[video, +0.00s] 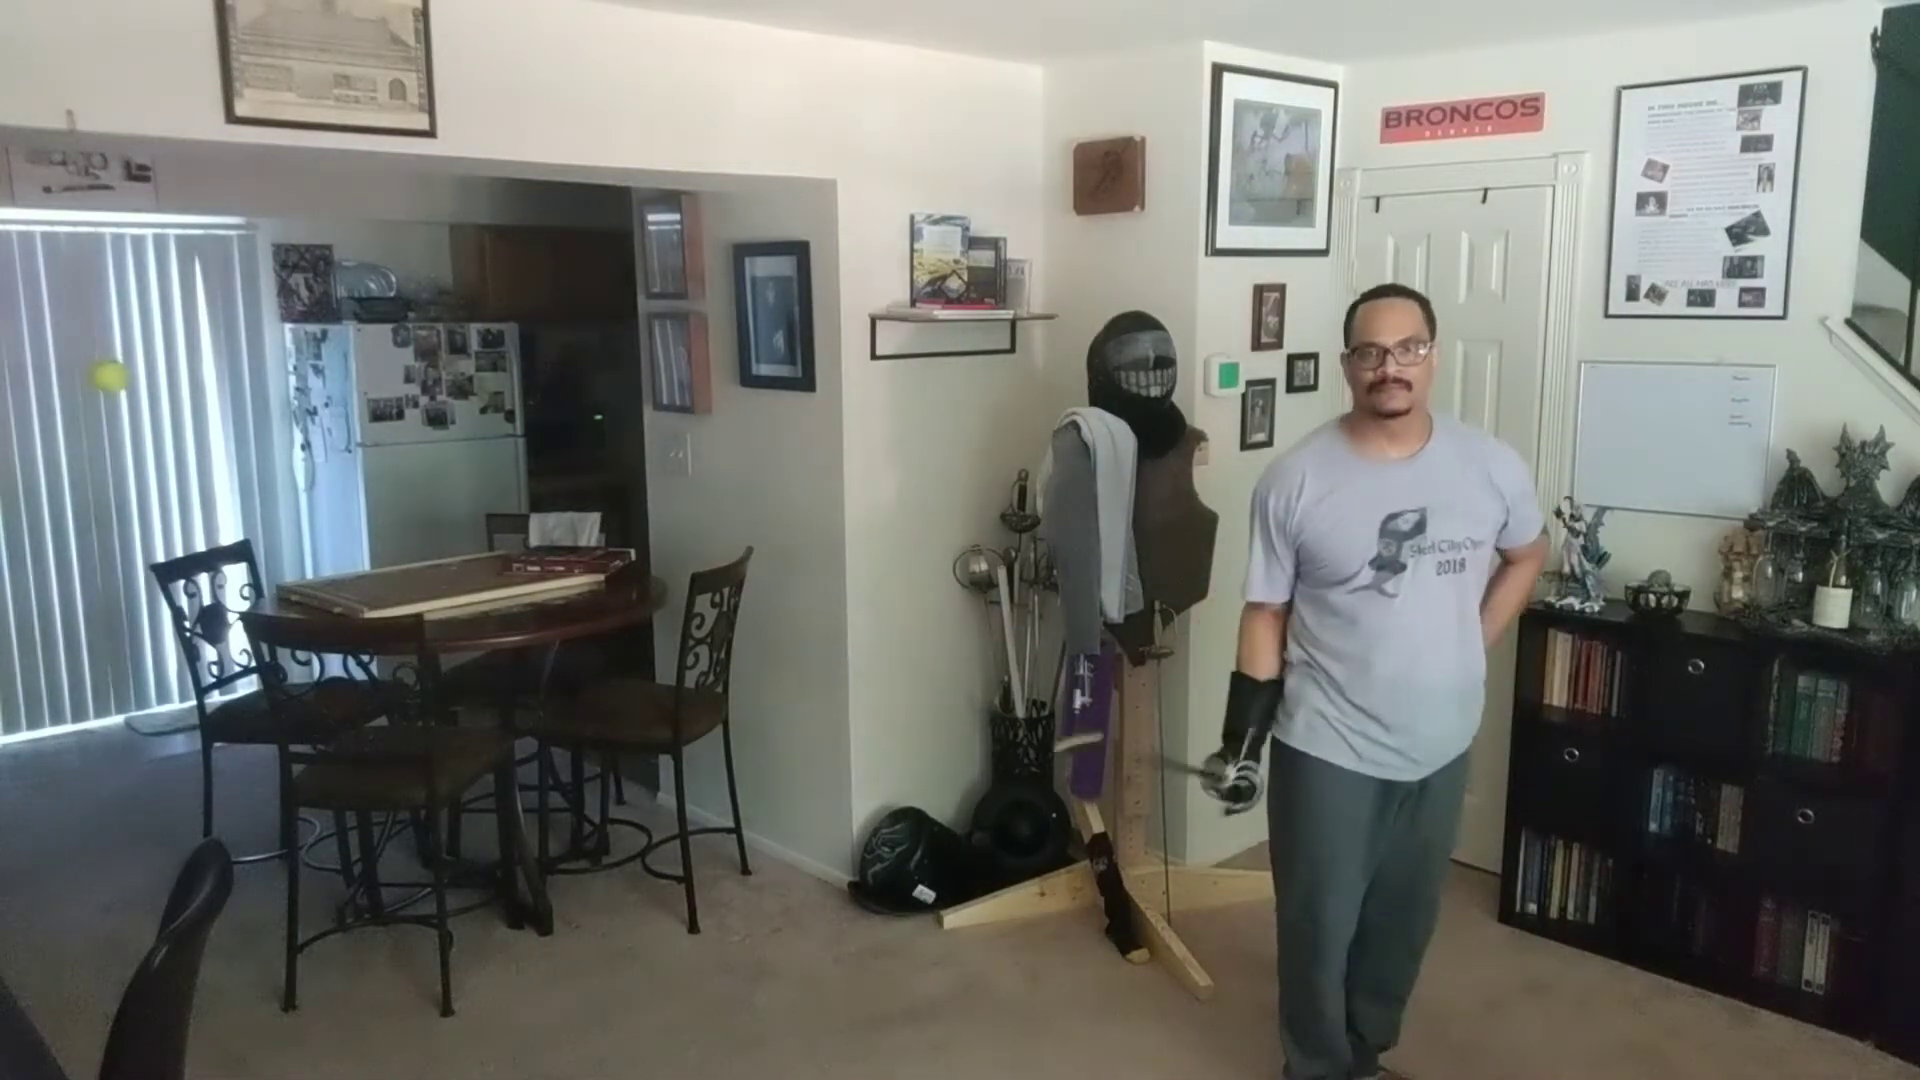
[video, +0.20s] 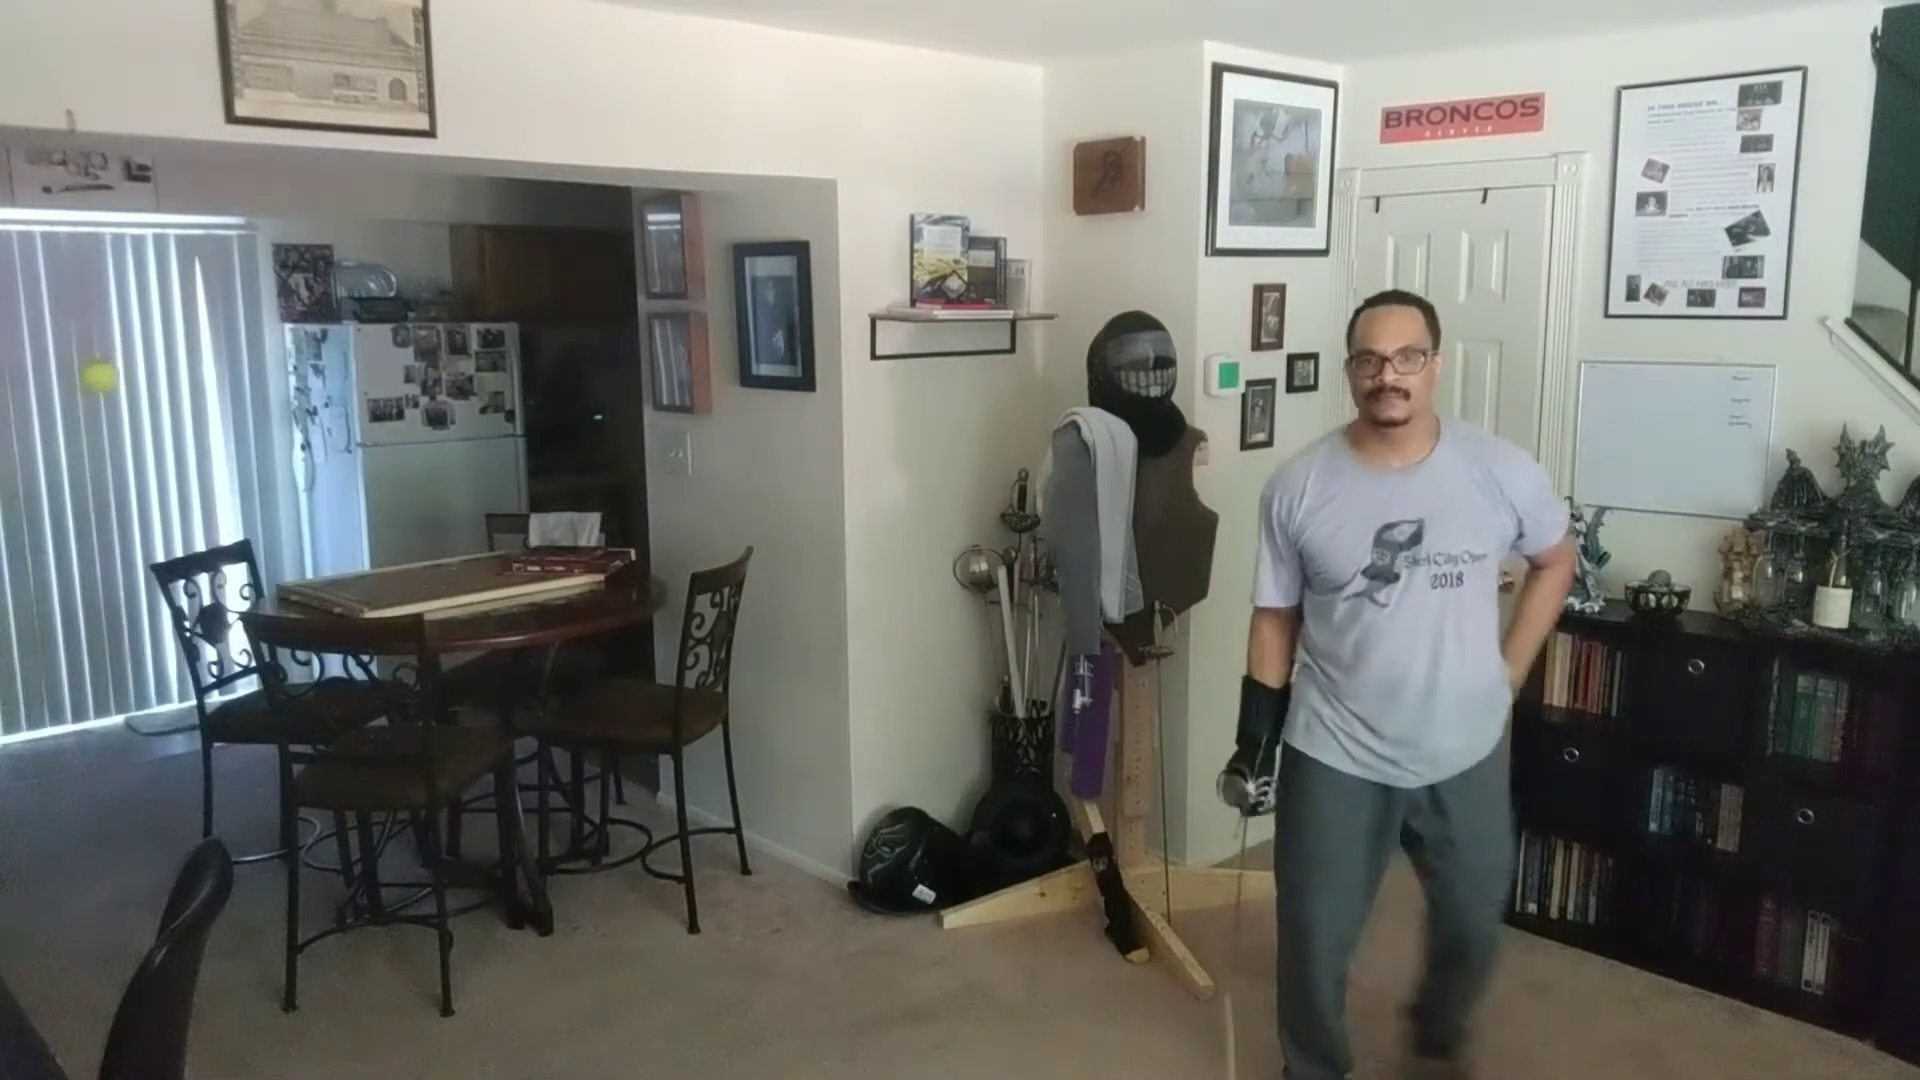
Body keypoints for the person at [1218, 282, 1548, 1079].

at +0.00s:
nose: (1390, 366)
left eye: (1408, 349)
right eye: (1371, 351)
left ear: (1433, 360)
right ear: (1347, 367)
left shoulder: (1487, 463)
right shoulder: (1294, 479)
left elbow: (1527, 553)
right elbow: (1264, 612)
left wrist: (1475, 641)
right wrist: (1245, 738)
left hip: (1441, 742)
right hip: (1327, 740)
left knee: (1405, 915)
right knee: (1321, 920)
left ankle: (1369, 1050)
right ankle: (1315, 1062)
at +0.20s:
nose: (1387, 375)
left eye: (1407, 358)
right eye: (1369, 359)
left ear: (1436, 367)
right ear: (1349, 371)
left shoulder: (1499, 469)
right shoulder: (1298, 486)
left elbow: (1557, 559)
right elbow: (1275, 617)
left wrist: (1508, 674)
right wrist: (1255, 743)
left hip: (1467, 746)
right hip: (1337, 749)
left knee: (1475, 928)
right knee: (1313, 946)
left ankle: (1440, 1039)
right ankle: (1315, 1067)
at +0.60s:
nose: (1502, 397)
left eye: (1525, 381)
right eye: (1486, 380)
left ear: (1565, 391)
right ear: (1470, 389)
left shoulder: (1622, 496)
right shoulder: (1418, 498)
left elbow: (1705, 570)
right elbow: (1390, 621)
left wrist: (1641, 688)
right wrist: (1373, 730)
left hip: (1586, 798)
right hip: (1441, 791)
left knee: (1624, 1007)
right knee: (1357, 982)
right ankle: (1329, 1068)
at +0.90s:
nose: (1574, 398)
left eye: (1598, 382)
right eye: (1571, 380)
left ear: (1664, 393)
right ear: (1564, 381)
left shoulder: (1738, 487)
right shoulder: (1538, 492)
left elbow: (1870, 532)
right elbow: (1535, 617)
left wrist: (1788, 677)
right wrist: (1528, 731)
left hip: (1693, 800)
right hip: (1552, 781)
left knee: (1681, 1035)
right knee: (1505, 1009)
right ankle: (1497, 1068)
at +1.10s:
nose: (1608, 380)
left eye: (1629, 366)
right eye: (1610, 363)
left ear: (1696, 380)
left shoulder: (1784, 479)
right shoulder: (1586, 485)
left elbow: (1911, 514)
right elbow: (1577, 601)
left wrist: (1860, 651)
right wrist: (1574, 664)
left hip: (1732, 778)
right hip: (1610, 769)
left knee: (1698, 1004)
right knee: (1617, 962)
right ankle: (1661, 1066)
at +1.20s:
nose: (1624, 376)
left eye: (1647, 361)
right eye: (1627, 359)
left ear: (1714, 378)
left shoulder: (1801, 476)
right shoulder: (1603, 485)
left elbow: (1916, 520)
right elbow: (1587, 619)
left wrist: (1882, 655)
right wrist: (1580, 699)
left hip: (1750, 779)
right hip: (1635, 775)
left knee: (1709, 1008)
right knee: (1665, 978)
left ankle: (1706, 1067)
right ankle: (1701, 1058)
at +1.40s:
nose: (1630, 373)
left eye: (1652, 360)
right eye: (1633, 357)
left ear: (1715, 376)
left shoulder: (1810, 473)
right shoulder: (1626, 500)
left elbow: (1916, 554)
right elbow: (1614, 641)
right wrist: (1590, 767)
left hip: (1793, 763)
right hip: (1677, 763)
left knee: (1723, 974)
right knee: (1676, 960)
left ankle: (1720, 1070)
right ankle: (1705, 1065)